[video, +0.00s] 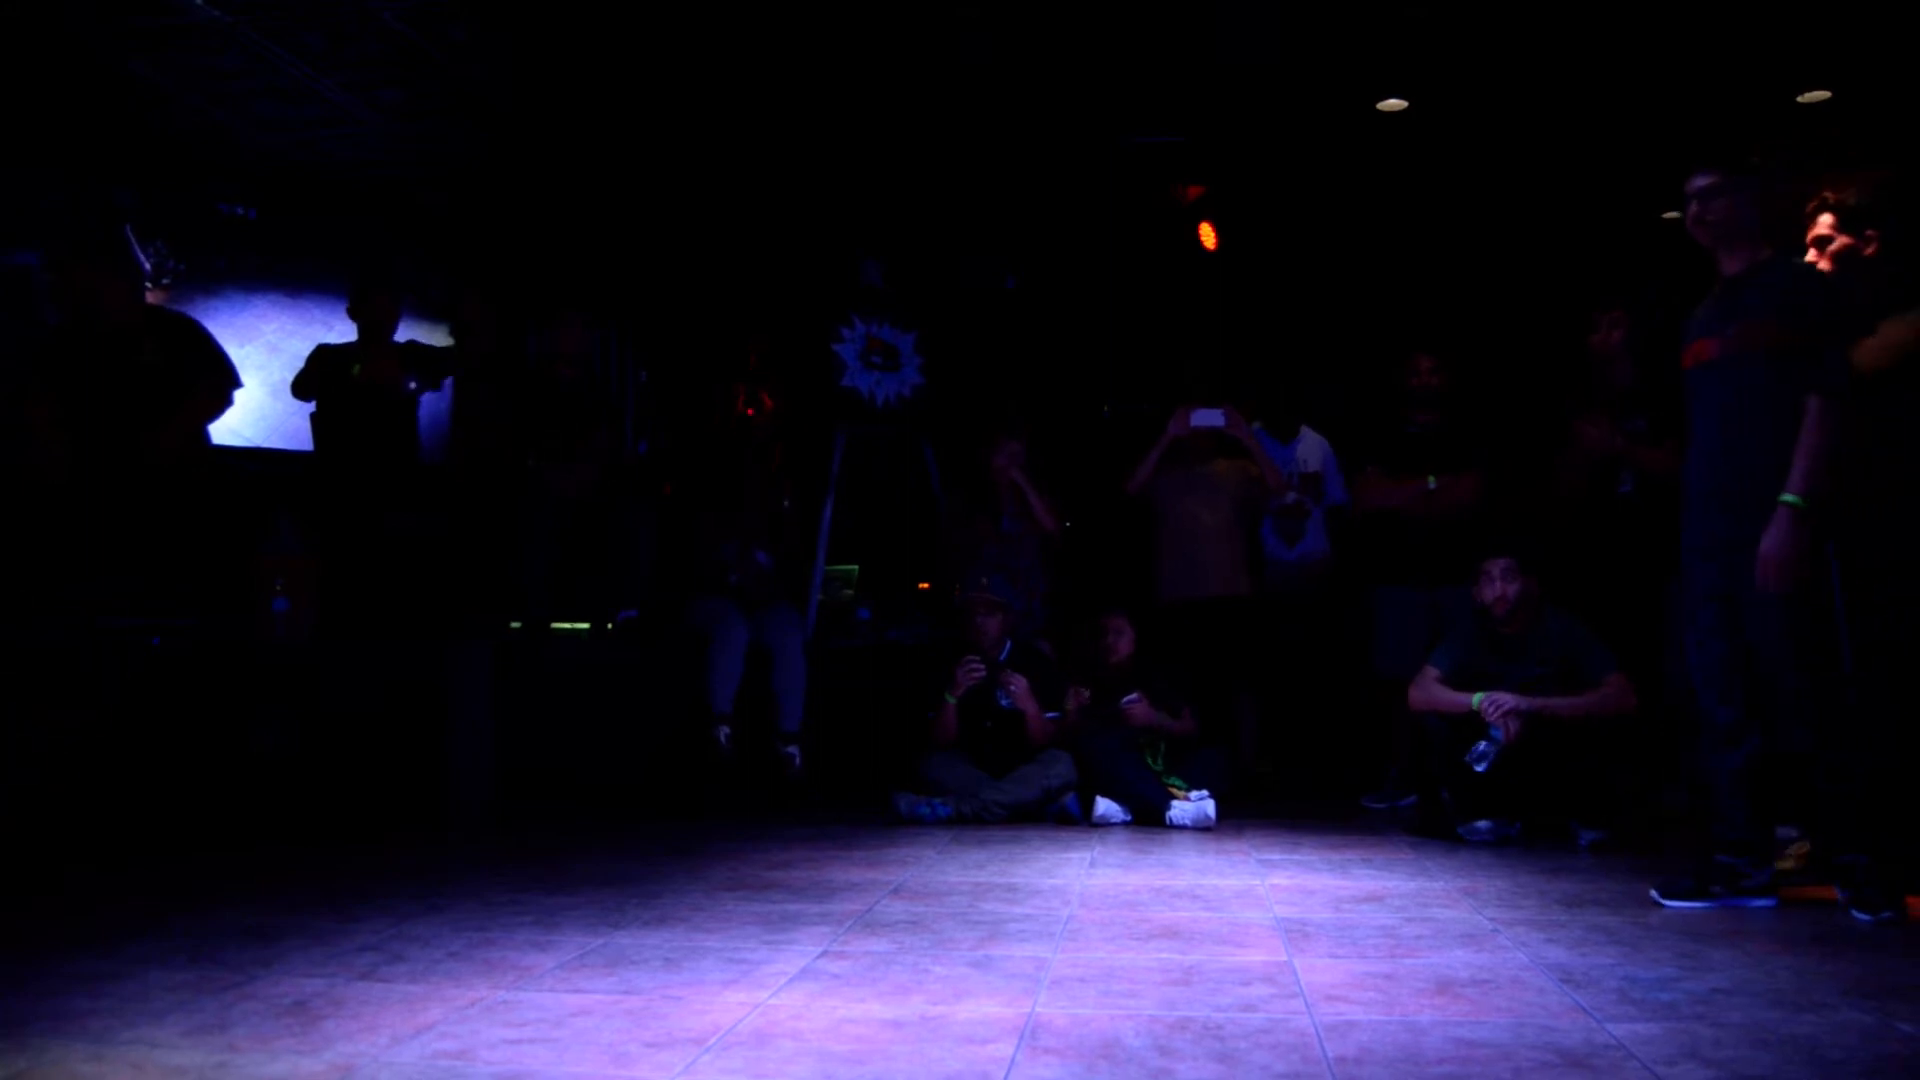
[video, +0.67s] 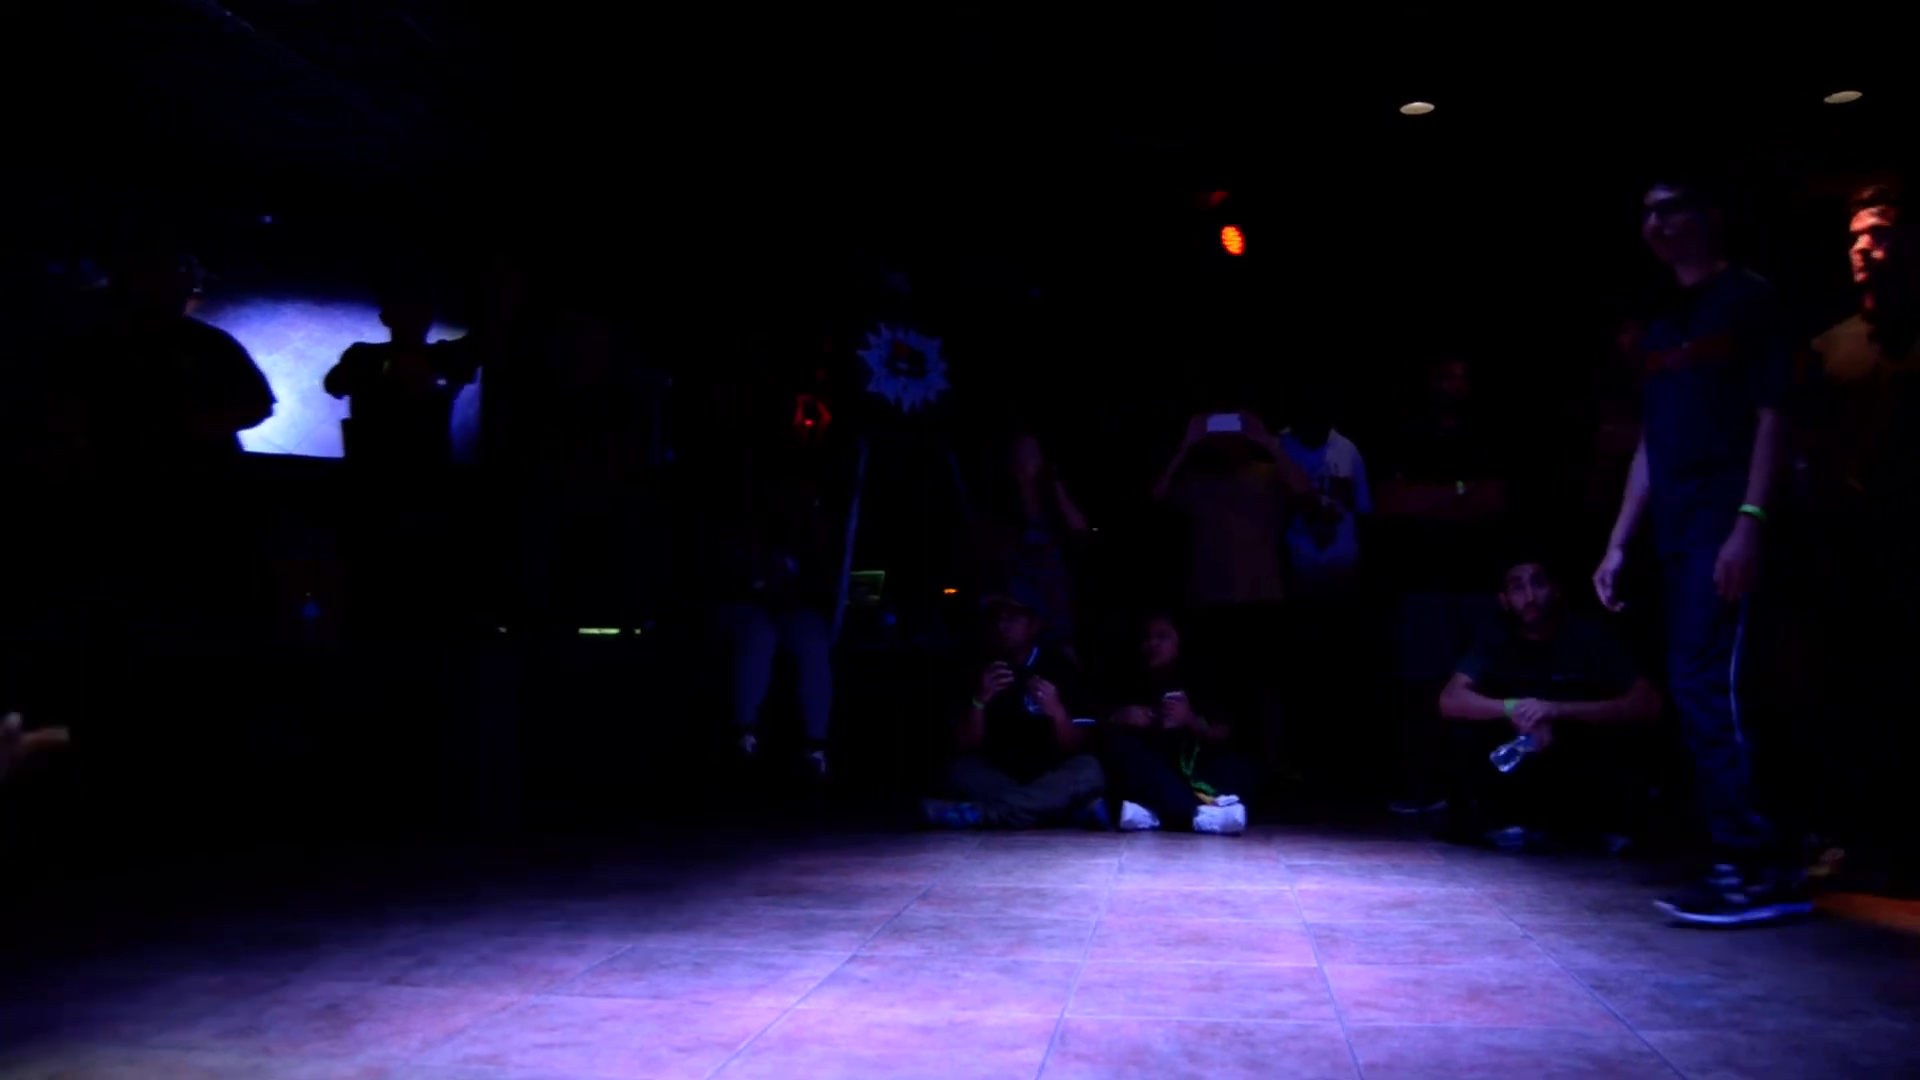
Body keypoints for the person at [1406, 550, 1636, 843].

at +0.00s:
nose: (1498, 591)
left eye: (1508, 579)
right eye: (1488, 581)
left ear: (1527, 584)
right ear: (1478, 589)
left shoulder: (1560, 631)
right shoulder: (1471, 632)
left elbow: (1619, 696)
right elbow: (1420, 693)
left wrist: (1528, 703)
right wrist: (1484, 704)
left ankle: (1587, 818)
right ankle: (1487, 815)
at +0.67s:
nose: (1530, 597)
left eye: (1538, 584)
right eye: (1518, 588)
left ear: (1554, 590)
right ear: (1505, 599)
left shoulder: (1588, 639)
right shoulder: (1497, 640)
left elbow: (1645, 702)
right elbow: (1451, 700)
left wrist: (1557, 709)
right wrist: (1518, 712)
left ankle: (1612, 826)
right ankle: (1510, 822)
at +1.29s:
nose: (1590, 598)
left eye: (1600, 584)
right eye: (1578, 587)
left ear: (1621, 589)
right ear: (1568, 596)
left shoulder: (1641, 636)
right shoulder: (1560, 634)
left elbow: (1670, 700)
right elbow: (1513, 698)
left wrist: (1622, 707)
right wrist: (1580, 711)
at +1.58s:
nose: (1572, 595)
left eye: (1577, 584)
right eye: (1562, 586)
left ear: (1592, 581)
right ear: (1549, 587)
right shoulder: (1553, 631)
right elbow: (1506, 692)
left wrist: (1607, 663)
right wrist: (1564, 707)